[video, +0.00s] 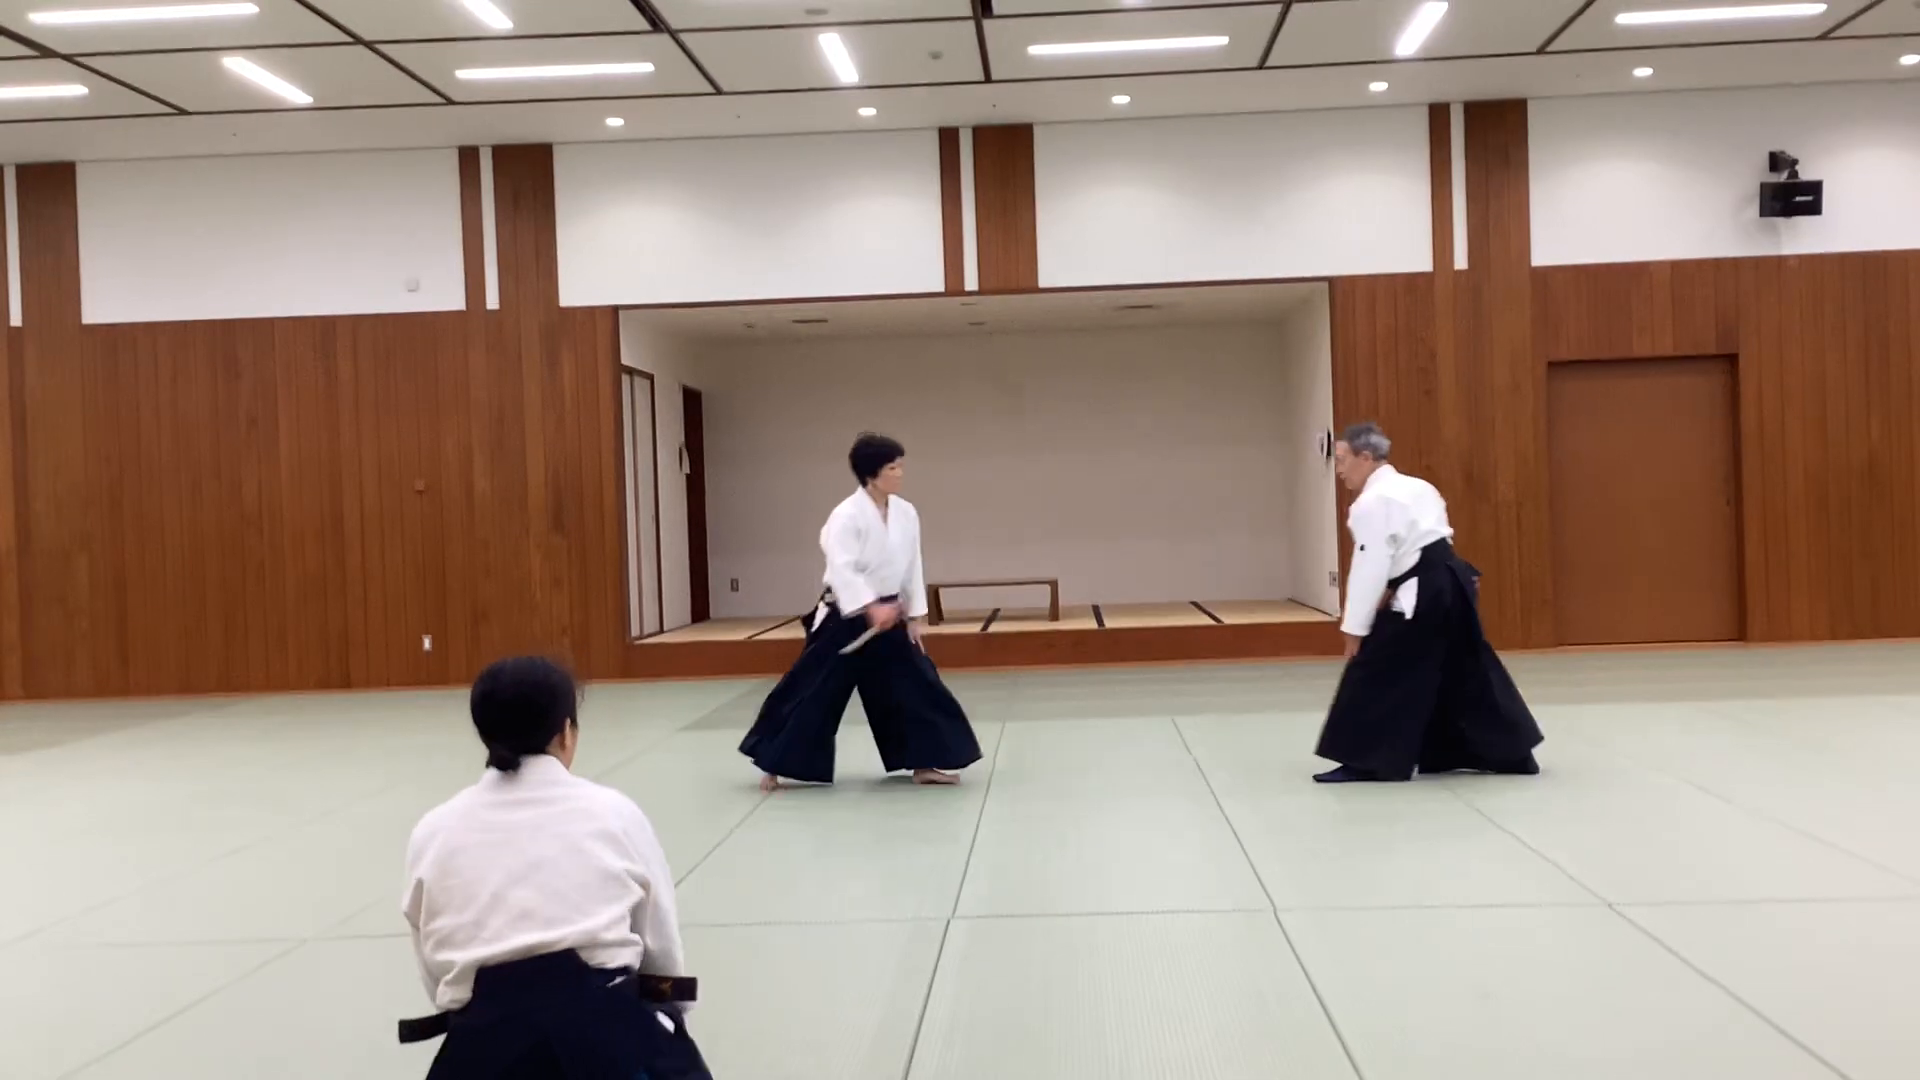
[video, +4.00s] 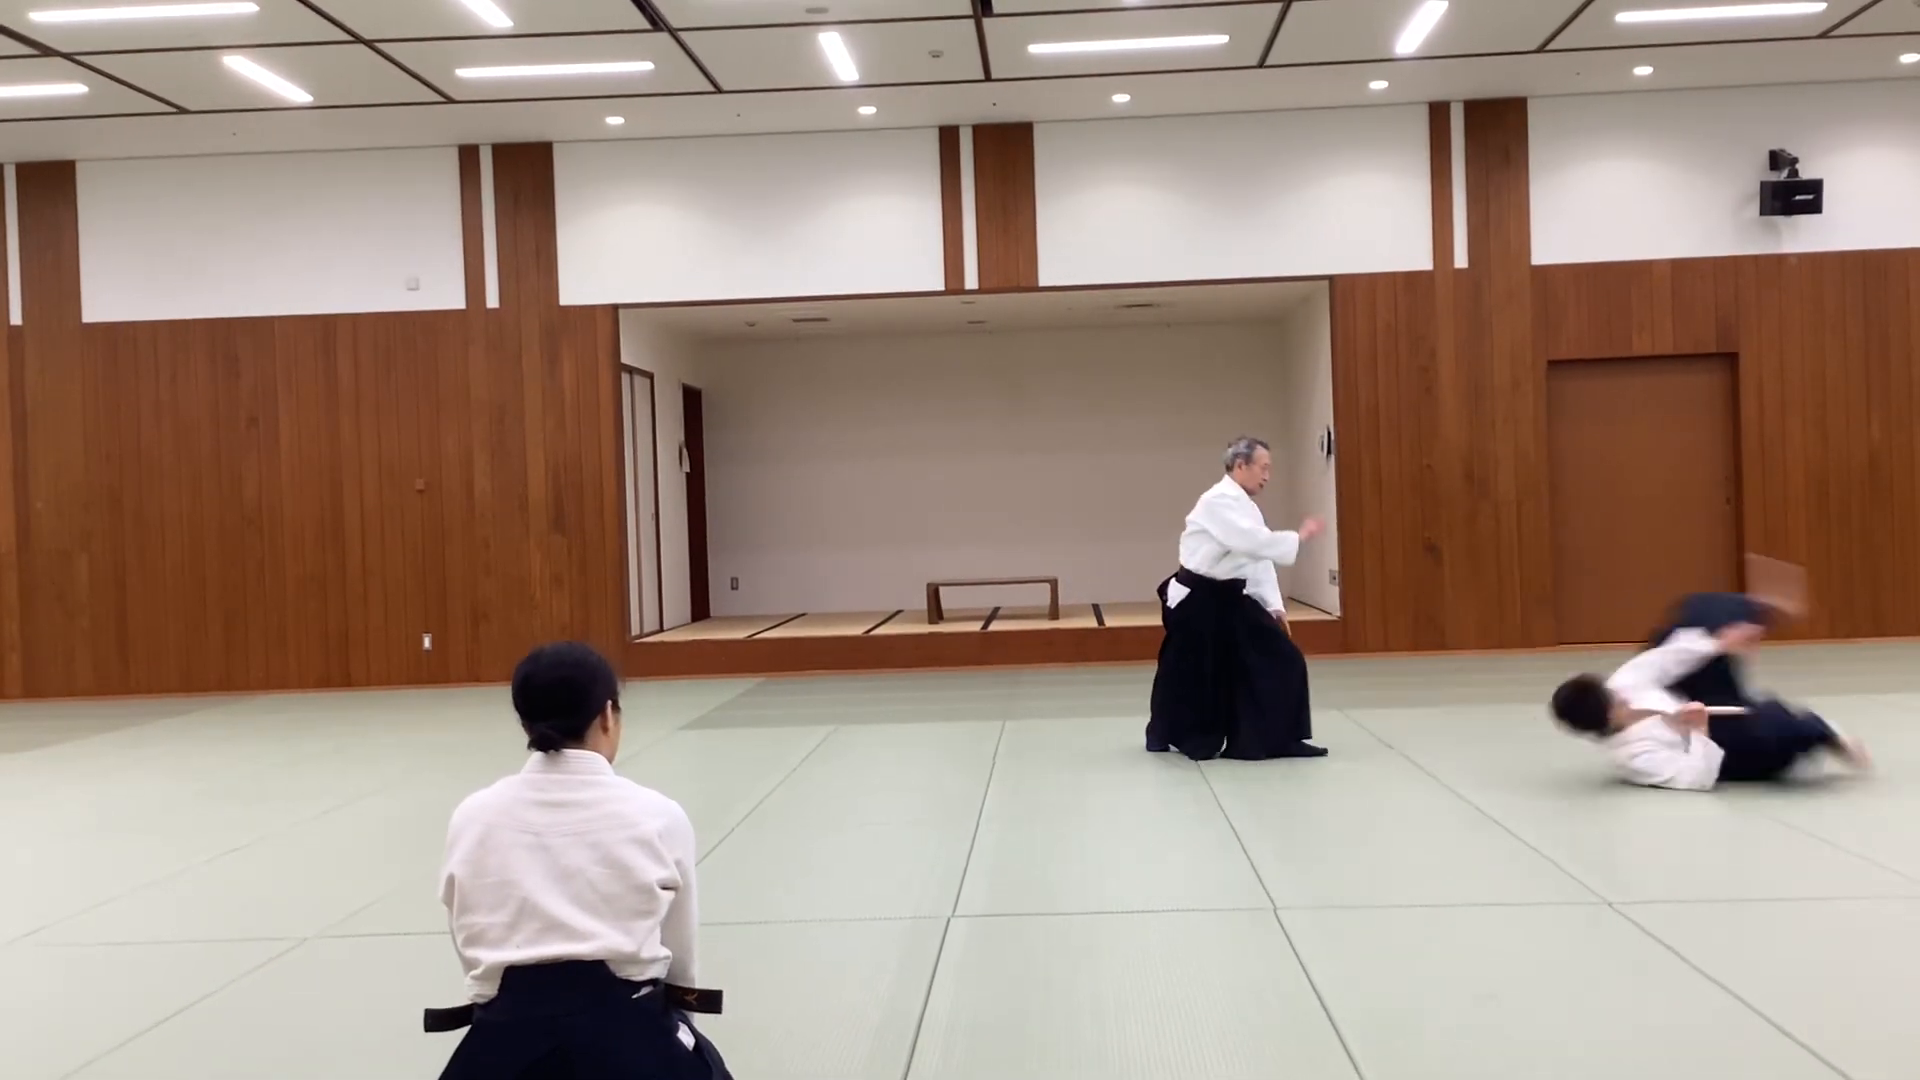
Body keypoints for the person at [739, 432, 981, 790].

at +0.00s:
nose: (901, 472)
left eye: (901, 465)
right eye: (893, 467)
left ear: (892, 473)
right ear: (872, 474)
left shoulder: (906, 513)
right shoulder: (845, 516)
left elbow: (913, 568)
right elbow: (841, 570)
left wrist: (915, 619)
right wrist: (870, 606)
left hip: (888, 615)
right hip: (844, 616)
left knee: (917, 683)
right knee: (815, 690)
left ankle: (923, 765)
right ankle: (774, 759)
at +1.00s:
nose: (1107, 451)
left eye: (1104, 446)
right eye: (1102, 447)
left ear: (1069, 460)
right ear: (1092, 457)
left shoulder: (1056, 490)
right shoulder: (1097, 492)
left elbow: (1027, 526)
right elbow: (1145, 468)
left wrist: (1012, 554)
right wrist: (1126, 423)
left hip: (1065, 601)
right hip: (1097, 602)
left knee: (1065, 680)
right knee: (1143, 673)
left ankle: (1004, 746)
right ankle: (1163, 765)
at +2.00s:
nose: (1205, 476)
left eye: (1212, 469)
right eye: (1199, 468)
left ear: (1219, 468)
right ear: (1184, 465)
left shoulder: (1220, 495)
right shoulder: (1168, 502)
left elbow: (1241, 537)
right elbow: (1183, 558)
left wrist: (1250, 576)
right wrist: (1223, 589)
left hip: (1196, 582)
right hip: (1155, 584)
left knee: (1212, 656)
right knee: (1134, 656)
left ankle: (1216, 732)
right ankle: (1115, 723)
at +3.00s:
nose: (1167, 486)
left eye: (1172, 478)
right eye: (1159, 480)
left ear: (1185, 472)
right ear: (1150, 478)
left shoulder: (1207, 497)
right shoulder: (1141, 499)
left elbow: (1247, 523)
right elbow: (1107, 519)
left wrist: (1275, 559)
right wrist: (1136, 529)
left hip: (1205, 594)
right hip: (1159, 593)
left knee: (1223, 662)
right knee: (1138, 663)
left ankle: (1237, 733)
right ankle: (1131, 737)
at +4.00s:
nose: (1267, 476)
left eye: (1269, 469)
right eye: (1262, 468)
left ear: (1246, 468)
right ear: (1239, 466)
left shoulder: (1247, 508)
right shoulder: (1218, 499)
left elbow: (1259, 564)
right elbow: (1251, 540)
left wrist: (1274, 606)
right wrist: (1298, 537)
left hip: (1232, 597)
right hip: (1195, 597)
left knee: (1286, 658)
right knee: (1198, 667)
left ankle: (1279, 738)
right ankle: (1192, 737)